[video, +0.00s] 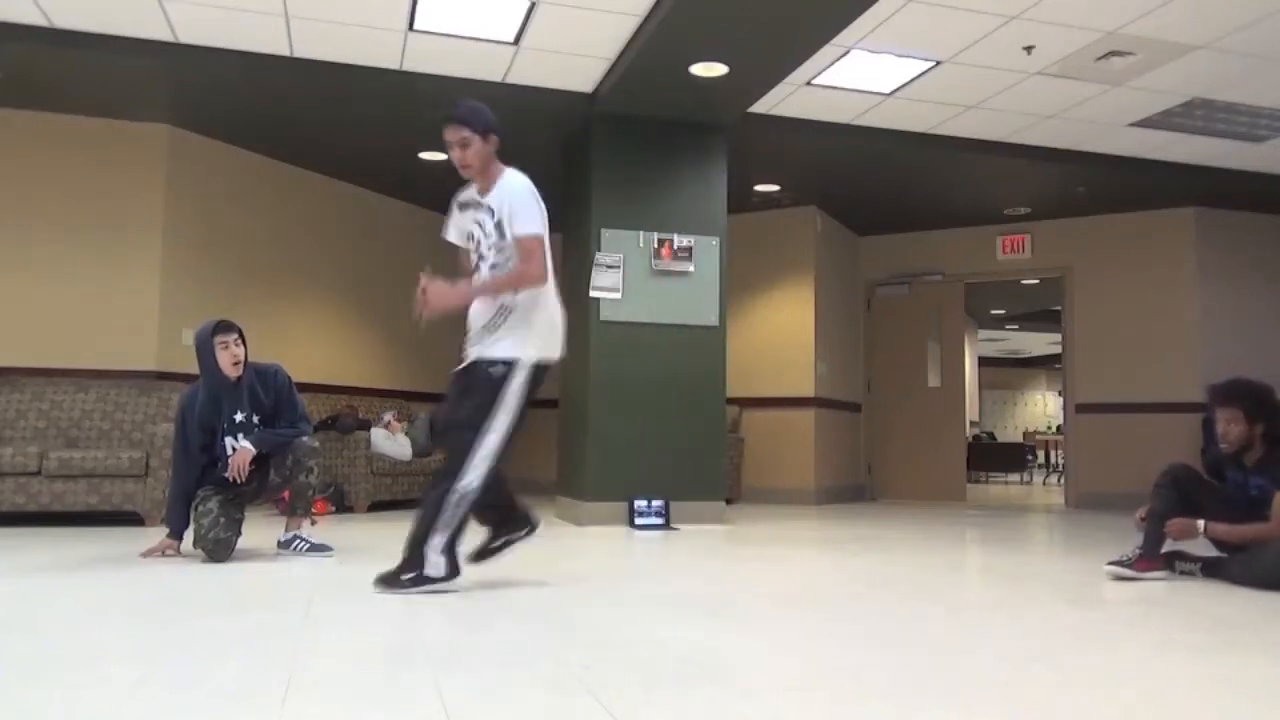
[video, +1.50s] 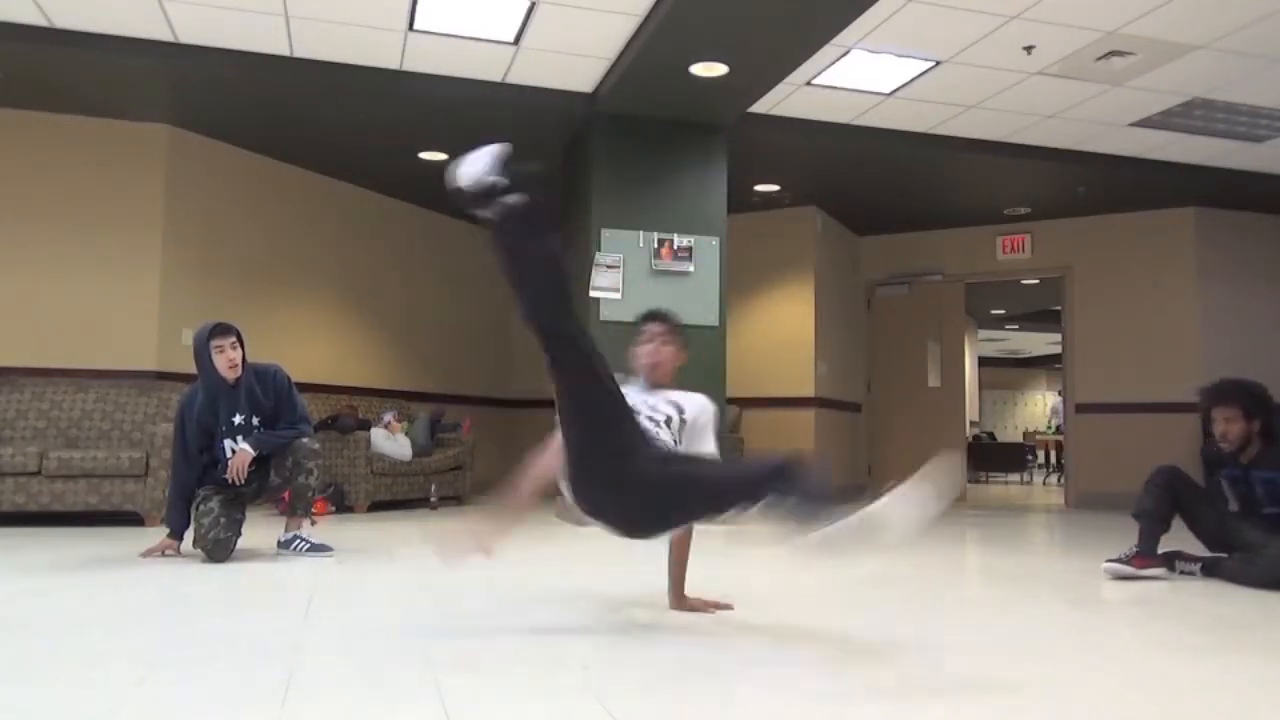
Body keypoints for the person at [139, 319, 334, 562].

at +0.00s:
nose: (235, 352)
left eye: (238, 344)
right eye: (224, 347)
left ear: (245, 347)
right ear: (207, 356)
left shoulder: (272, 378)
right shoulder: (194, 402)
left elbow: (301, 427)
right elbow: (184, 470)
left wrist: (253, 444)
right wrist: (174, 534)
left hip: (263, 475)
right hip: (217, 488)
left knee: (306, 450)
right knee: (216, 549)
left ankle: (292, 534)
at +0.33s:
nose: (234, 354)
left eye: (237, 345)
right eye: (222, 349)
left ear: (244, 348)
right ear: (207, 357)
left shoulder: (272, 378)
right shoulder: (194, 402)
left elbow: (302, 429)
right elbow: (184, 470)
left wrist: (253, 445)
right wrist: (174, 535)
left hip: (264, 476)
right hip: (218, 488)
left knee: (306, 450)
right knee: (216, 549)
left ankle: (292, 534)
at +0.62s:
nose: (233, 355)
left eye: (236, 347)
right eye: (222, 350)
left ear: (244, 349)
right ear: (207, 358)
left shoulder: (272, 378)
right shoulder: (194, 402)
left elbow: (302, 428)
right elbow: (184, 470)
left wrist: (253, 445)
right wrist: (174, 535)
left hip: (265, 475)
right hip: (219, 488)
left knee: (306, 451)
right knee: (216, 549)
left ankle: (293, 534)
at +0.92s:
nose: (232, 356)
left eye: (235, 347)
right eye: (221, 351)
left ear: (243, 349)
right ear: (206, 359)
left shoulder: (271, 379)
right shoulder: (194, 403)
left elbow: (302, 428)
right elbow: (184, 470)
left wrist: (253, 445)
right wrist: (174, 535)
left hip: (264, 475)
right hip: (218, 489)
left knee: (306, 450)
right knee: (216, 549)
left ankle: (292, 534)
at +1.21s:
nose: (231, 356)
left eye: (235, 347)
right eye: (220, 351)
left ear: (243, 349)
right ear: (205, 359)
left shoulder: (271, 379)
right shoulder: (193, 403)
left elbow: (302, 428)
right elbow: (184, 470)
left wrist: (253, 445)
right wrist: (174, 535)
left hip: (264, 476)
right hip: (218, 489)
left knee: (306, 450)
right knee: (216, 550)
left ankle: (292, 535)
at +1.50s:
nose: (231, 356)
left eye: (234, 347)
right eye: (220, 351)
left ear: (242, 349)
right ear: (205, 359)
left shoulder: (271, 379)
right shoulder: (194, 403)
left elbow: (302, 428)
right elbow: (184, 470)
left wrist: (253, 445)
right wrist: (174, 535)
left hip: (264, 476)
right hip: (218, 489)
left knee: (307, 449)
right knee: (215, 549)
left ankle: (292, 534)